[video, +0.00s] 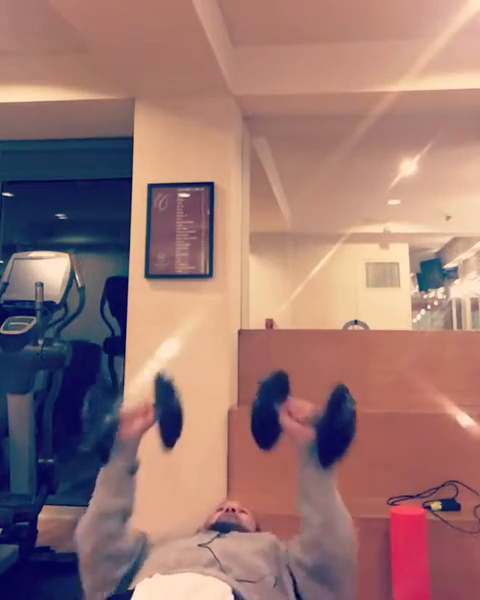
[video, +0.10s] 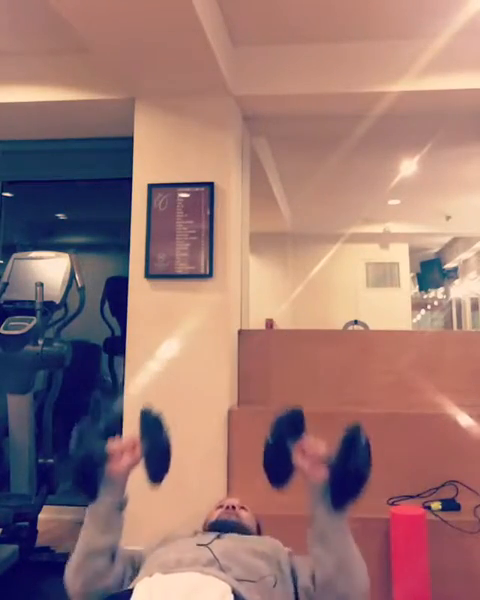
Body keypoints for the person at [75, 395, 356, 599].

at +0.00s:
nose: (230, 509)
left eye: (240, 511)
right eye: (222, 509)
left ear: (258, 529)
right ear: (203, 525)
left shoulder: (284, 558)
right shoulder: (157, 552)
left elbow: (332, 551)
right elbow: (98, 542)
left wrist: (310, 450)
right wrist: (124, 447)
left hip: (227, 590)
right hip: (153, 587)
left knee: (203, 590)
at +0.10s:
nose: (229, 506)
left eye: (240, 507)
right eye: (221, 506)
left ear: (258, 529)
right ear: (203, 524)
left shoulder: (279, 555)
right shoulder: (161, 548)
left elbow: (346, 590)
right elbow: (85, 585)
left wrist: (321, 492)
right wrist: (113, 482)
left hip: (227, 590)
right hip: (155, 586)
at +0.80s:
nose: (229, 513)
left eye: (240, 516)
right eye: (220, 513)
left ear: (258, 534)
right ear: (203, 528)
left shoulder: (277, 555)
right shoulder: (148, 549)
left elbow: (325, 526)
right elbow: (108, 511)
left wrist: (298, 428)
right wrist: (133, 420)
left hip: (223, 589)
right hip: (153, 587)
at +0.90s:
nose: (230, 516)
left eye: (241, 518)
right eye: (222, 515)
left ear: (259, 533)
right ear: (205, 526)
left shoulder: (283, 564)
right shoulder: (146, 550)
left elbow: (305, 503)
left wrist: (285, 404)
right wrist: (147, 393)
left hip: (221, 589)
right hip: (147, 587)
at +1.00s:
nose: (230, 514)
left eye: (242, 517)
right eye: (222, 514)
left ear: (258, 531)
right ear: (207, 523)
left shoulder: (281, 565)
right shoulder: (151, 546)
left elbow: (295, 496)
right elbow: (145, 474)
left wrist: (277, 403)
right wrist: (155, 388)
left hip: (223, 589)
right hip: (145, 586)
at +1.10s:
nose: (231, 511)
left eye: (242, 513)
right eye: (222, 510)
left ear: (260, 531)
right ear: (205, 523)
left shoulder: (277, 562)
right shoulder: (154, 548)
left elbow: (302, 510)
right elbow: (137, 488)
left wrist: (278, 417)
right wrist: (153, 406)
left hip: (219, 588)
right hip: (142, 588)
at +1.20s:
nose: (231, 505)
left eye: (241, 507)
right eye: (223, 505)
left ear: (258, 530)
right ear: (205, 523)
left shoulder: (273, 552)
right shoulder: (153, 550)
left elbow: (318, 538)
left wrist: (284, 444)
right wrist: (143, 437)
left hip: (224, 590)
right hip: (154, 588)